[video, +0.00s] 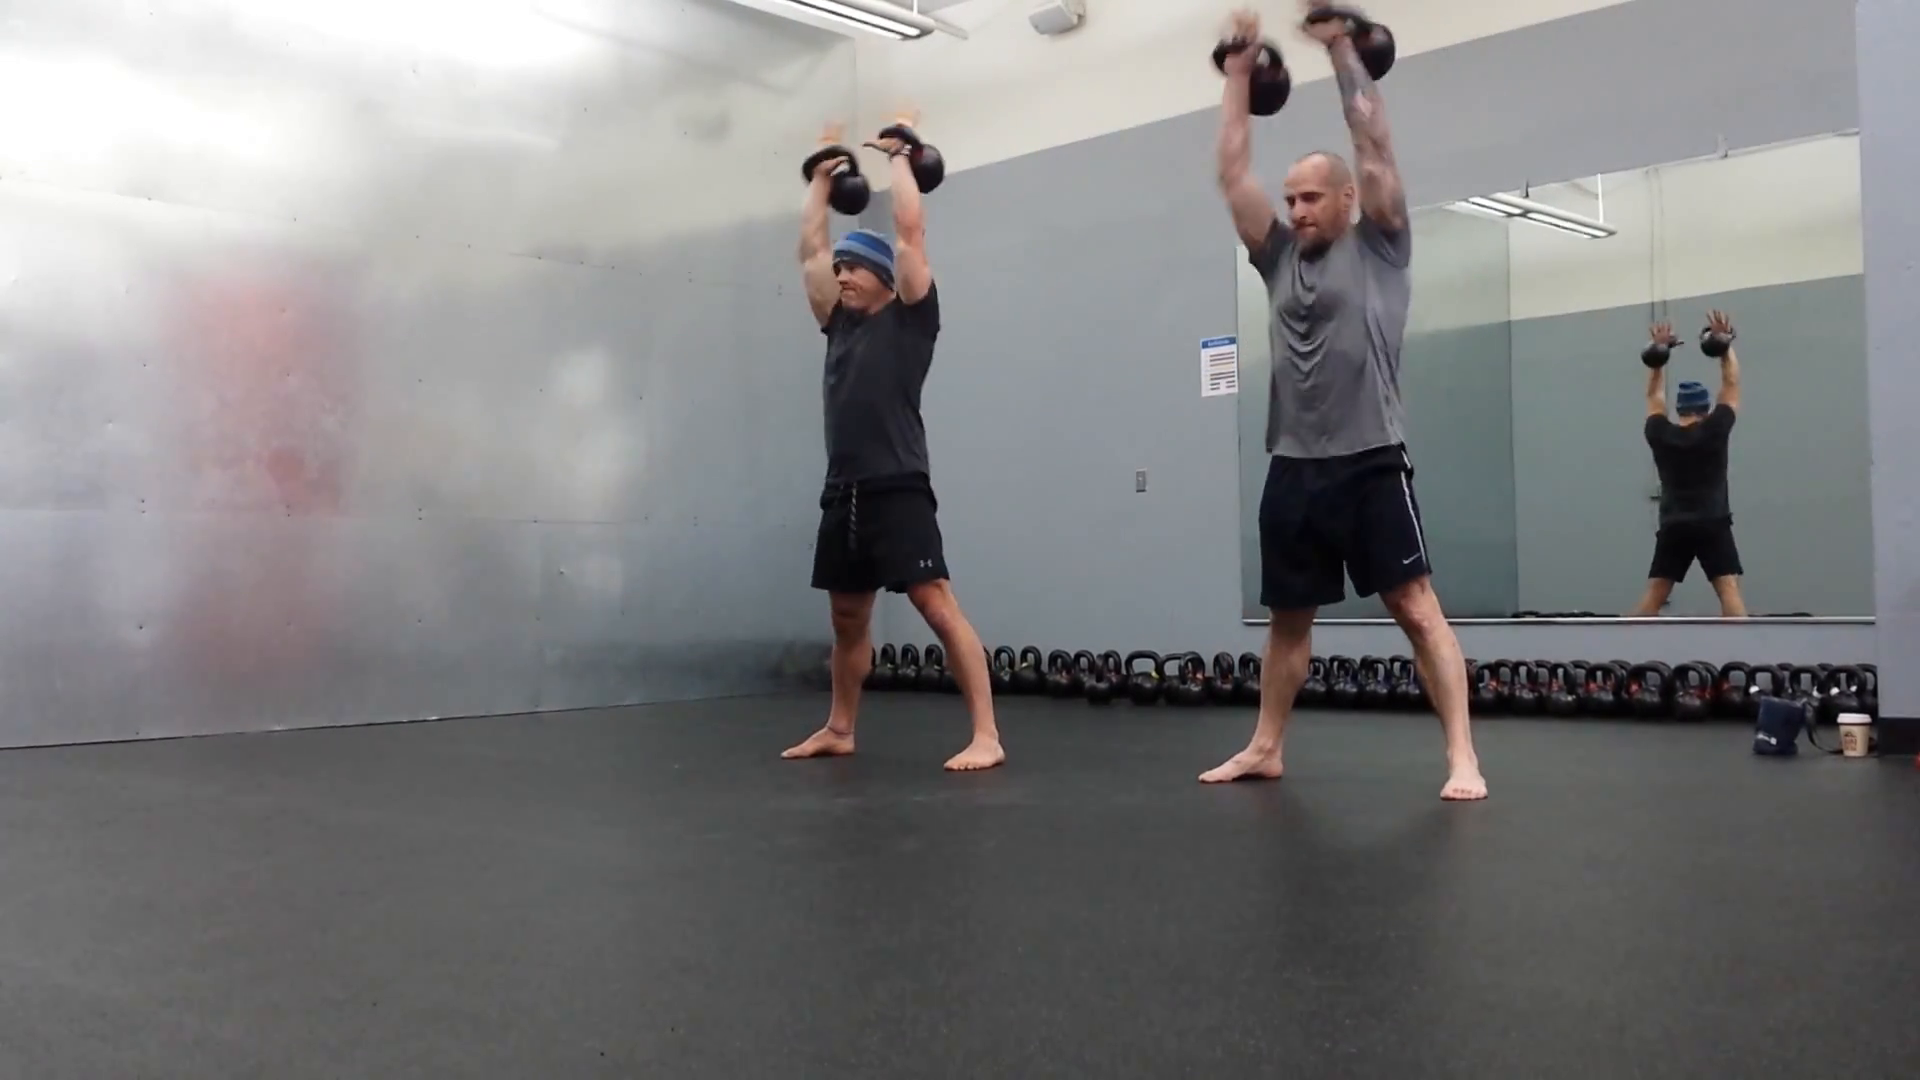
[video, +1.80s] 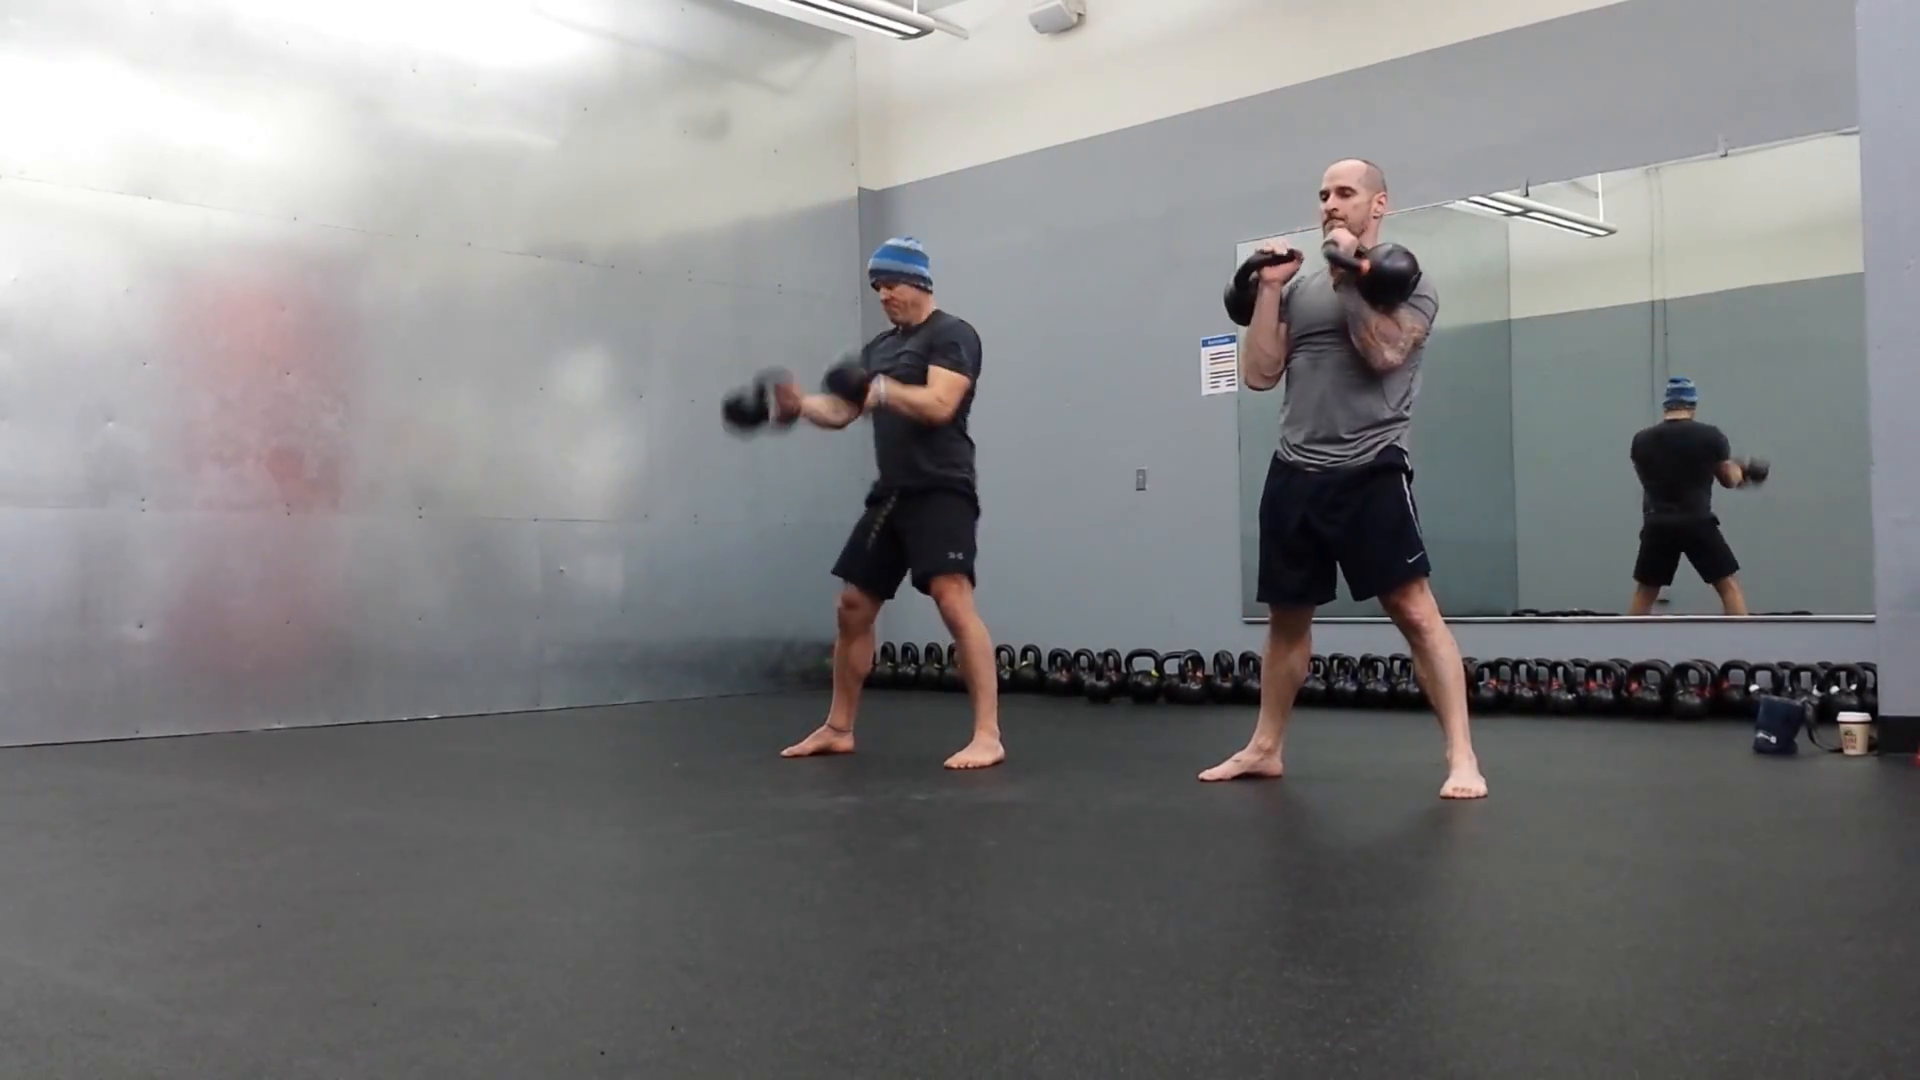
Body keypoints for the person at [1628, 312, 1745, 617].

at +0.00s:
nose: (1703, 413)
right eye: (1703, 408)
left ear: (1677, 410)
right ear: (1706, 410)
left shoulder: (1660, 435)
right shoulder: (1715, 432)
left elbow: (1653, 395)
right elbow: (1730, 386)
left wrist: (1658, 355)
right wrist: (1724, 344)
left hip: (1674, 526)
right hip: (1713, 524)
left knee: (1653, 597)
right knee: (1729, 592)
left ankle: (1620, 651)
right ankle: (1745, 655)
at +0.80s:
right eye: (1687, 404)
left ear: (1663, 409)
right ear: (1692, 406)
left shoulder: (1650, 441)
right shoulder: (1709, 435)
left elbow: (1643, 425)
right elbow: (1752, 417)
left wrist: (1650, 395)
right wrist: (1733, 386)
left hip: (1670, 528)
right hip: (1709, 525)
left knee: (1653, 595)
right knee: (1728, 591)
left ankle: (1625, 647)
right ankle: (1745, 650)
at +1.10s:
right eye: (1690, 402)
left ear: (1663, 407)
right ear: (1691, 405)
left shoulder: (1647, 444)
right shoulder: (1707, 438)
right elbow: (1743, 460)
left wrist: (1645, 436)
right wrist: (1732, 426)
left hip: (1669, 528)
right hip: (1708, 526)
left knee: (1652, 594)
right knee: (1727, 589)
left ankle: (1625, 647)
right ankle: (1744, 647)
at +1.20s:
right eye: (1693, 403)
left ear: (1664, 408)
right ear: (1693, 406)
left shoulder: (1648, 445)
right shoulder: (1709, 440)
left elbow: (1653, 479)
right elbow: (1740, 469)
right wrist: (1728, 434)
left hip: (1669, 529)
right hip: (1709, 527)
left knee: (1652, 594)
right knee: (1727, 590)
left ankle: (1626, 647)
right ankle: (1744, 647)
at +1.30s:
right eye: (1694, 404)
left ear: (1665, 408)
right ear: (1693, 407)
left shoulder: (1649, 446)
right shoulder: (1710, 441)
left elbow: (1652, 483)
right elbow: (1739, 471)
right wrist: (1728, 436)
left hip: (1670, 530)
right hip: (1710, 527)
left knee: (1653, 595)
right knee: (1728, 589)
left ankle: (1623, 647)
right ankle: (1745, 647)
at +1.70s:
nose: (1695, 407)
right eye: (1695, 403)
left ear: (1666, 403)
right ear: (1694, 404)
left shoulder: (1646, 440)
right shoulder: (1711, 435)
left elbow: (1653, 479)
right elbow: (1730, 475)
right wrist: (1736, 449)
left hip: (1663, 527)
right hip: (1703, 526)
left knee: (1647, 593)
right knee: (1728, 589)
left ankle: (1630, 648)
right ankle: (1747, 648)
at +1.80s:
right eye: (1693, 405)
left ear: (1664, 405)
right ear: (1693, 406)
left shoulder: (1641, 440)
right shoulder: (1708, 436)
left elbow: (1655, 479)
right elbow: (1730, 479)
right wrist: (1738, 468)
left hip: (1658, 528)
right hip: (1698, 527)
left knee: (1644, 594)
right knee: (1728, 588)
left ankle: (1626, 647)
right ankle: (1745, 647)